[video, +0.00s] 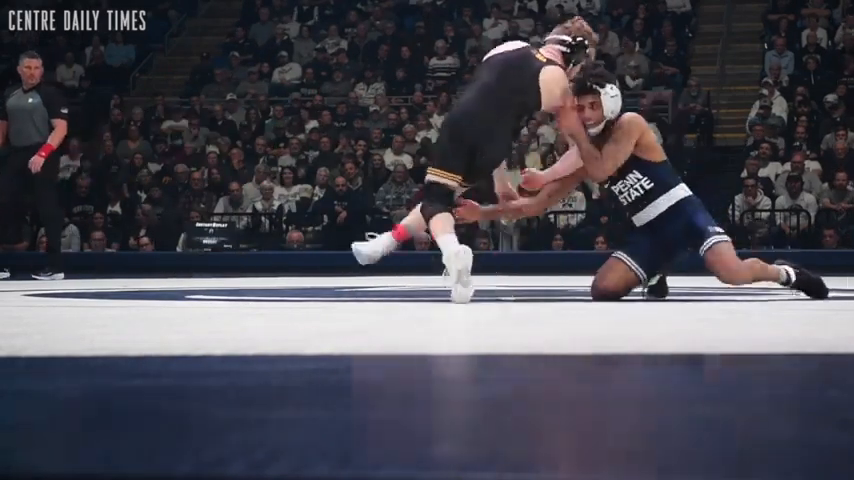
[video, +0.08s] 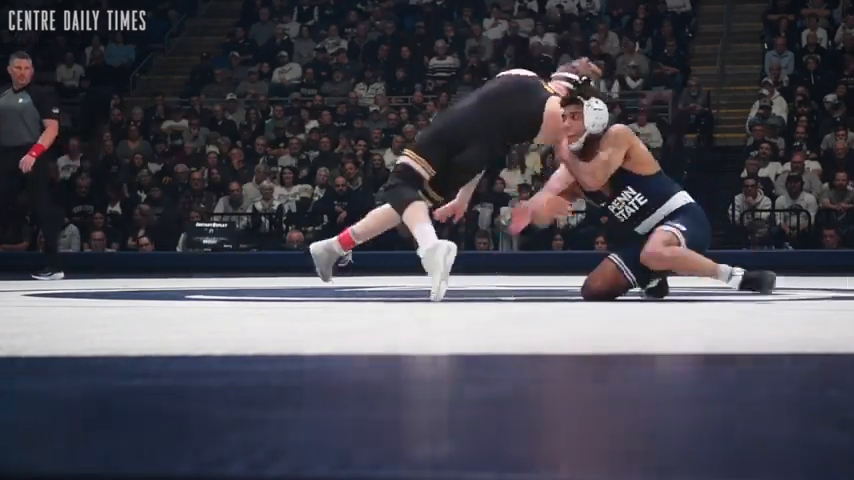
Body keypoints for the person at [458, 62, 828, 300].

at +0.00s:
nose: (584, 114)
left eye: (591, 105)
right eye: (578, 108)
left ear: (608, 102)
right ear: (573, 112)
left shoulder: (631, 123)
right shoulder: (585, 151)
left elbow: (598, 170)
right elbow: (539, 202)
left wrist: (571, 125)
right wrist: (484, 212)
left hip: (686, 218)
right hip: (648, 238)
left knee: (732, 274)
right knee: (601, 290)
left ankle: (786, 274)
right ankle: (651, 279)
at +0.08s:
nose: (566, 125)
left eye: (573, 118)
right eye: (564, 119)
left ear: (593, 117)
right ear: (563, 124)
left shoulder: (617, 135)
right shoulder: (574, 161)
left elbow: (594, 179)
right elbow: (548, 196)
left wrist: (562, 150)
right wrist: (534, 209)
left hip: (681, 219)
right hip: (640, 240)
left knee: (653, 254)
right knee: (592, 289)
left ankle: (734, 277)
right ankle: (649, 282)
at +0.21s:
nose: (555, 184)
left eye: (554, 174)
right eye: (551, 180)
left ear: (559, 158)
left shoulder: (583, 151)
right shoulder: (592, 193)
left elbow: (557, 163)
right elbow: (629, 247)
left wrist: (530, 178)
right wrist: (624, 224)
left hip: (676, 231)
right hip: (656, 238)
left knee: (615, 290)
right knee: (598, 286)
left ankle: (695, 289)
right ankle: (677, 282)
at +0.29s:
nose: (537, 169)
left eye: (536, 163)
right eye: (536, 166)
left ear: (544, 155)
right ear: (567, 150)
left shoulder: (557, 162)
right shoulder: (592, 172)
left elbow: (503, 182)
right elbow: (627, 237)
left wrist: (473, 169)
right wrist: (580, 240)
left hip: (667, 226)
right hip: (668, 228)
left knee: (606, 293)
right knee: (605, 288)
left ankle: (692, 284)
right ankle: (687, 277)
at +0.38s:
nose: (519, 166)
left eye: (520, 160)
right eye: (521, 162)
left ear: (530, 150)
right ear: (553, 145)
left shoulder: (536, 159)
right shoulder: (572, 163)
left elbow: (479, 175)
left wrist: (439, 167)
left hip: (649, 204)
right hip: (649, 205)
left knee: (619, 289)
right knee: (605, 284)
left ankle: (705, 277)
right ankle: (676, 271)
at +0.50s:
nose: (517, 151)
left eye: (518, 146)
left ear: (523, 143)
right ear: (556, 140)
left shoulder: (518, 164)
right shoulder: (579, 150)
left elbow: (467, 194)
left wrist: (433, 186)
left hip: (591, 187)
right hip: (630, 188)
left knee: (587, 281)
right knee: (610, 280)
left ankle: (658, 260)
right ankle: (663, 259)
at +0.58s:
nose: (503, 149)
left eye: (505, 146)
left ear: (510, 148)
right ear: (542, 144)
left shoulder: (503, 168)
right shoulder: (563, 156)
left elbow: (470, 222)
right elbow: (561, 215)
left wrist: (463, 209)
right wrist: (525, 239)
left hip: (565, 195)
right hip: (605, 198)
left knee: (518, 280)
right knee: (605, 294)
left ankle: (540, 260)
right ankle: (634, 265)